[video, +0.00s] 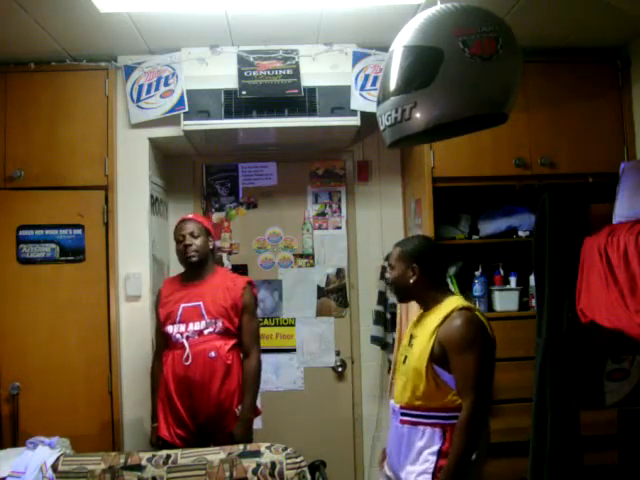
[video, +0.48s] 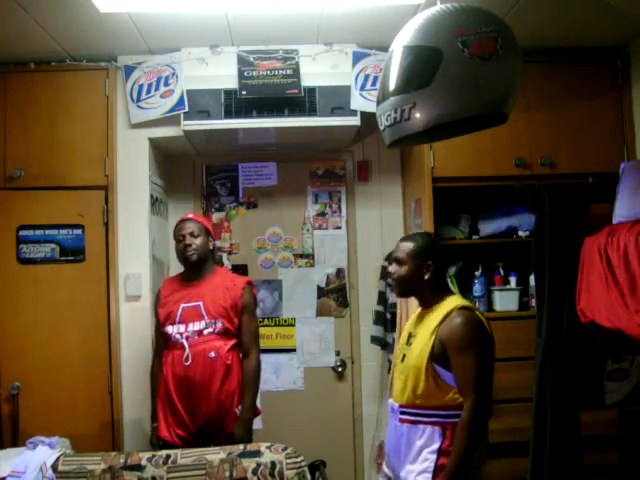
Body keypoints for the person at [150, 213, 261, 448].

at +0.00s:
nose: (186, 242)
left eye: (194, 236)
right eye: (180, 239)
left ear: (210, 241)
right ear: (176, 248)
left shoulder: (238, 287)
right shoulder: (167, 290)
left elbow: (251, 354)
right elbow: (160, 353)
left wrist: (246, 416)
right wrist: (157, 417)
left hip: (225, 415)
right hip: (176, 417)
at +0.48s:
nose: (187, 242)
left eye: (194, 235)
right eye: (180, 238)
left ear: (210, 242)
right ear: (176, 247)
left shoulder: (237, 287)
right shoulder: (166, 290)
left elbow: (251, 354)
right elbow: (160, 354)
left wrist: (246, 416)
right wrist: (157, 418)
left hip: (225, 416)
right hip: (176, 417)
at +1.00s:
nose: (187, 241)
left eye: (194, 235)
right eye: (180, 238)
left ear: (210, 242)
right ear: (176, 246)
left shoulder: (237, 287)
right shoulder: (166, 289)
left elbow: (251, 354)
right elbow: (159, 355)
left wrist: (245, 417)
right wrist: (157, 420)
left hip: (225, 416)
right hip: (176, 417)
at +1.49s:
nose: (187, 242)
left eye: (195, 235)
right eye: (180, 238)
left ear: (211, 242)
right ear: (176, 247)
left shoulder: (237, 288)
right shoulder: (167, 289)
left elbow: (251, 354)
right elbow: (160, 355)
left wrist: (246, 417)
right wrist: (157, 419)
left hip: (225, 416)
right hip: (176, 416)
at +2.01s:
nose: (187, 241)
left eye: (195, 234)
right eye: (180, 237)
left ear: (211, 242)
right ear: (176, 248)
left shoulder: (237, 288)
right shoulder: (167, 289)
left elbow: (251, 355)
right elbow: (160, 355)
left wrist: (245, 417)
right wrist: (157, 420)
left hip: (225, 416)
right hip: (176, 416)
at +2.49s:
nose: (187, 241)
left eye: (195, 234)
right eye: (180, 237)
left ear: (211, 242)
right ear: (176, 248)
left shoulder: (237, 288)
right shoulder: (167, 290)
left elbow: (251, 355)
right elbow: (160, 355)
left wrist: (246, 417)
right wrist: (157, 419)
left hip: (225, 416)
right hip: (176, 416)